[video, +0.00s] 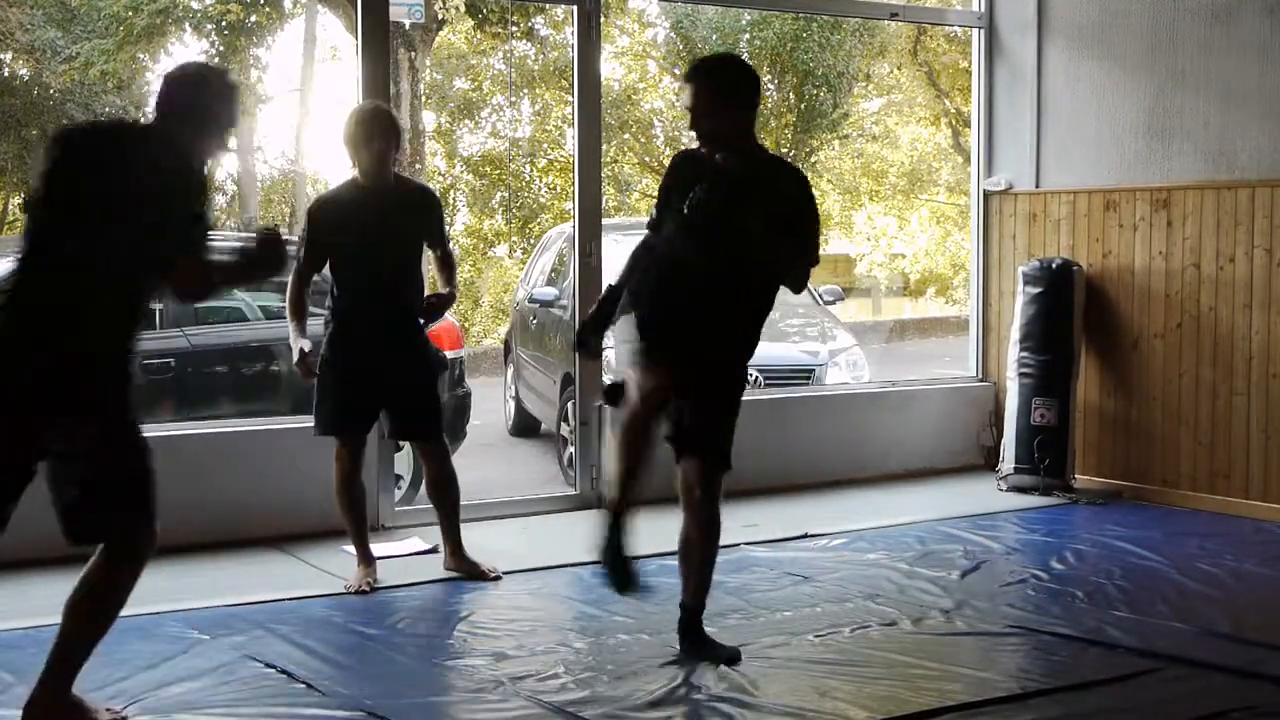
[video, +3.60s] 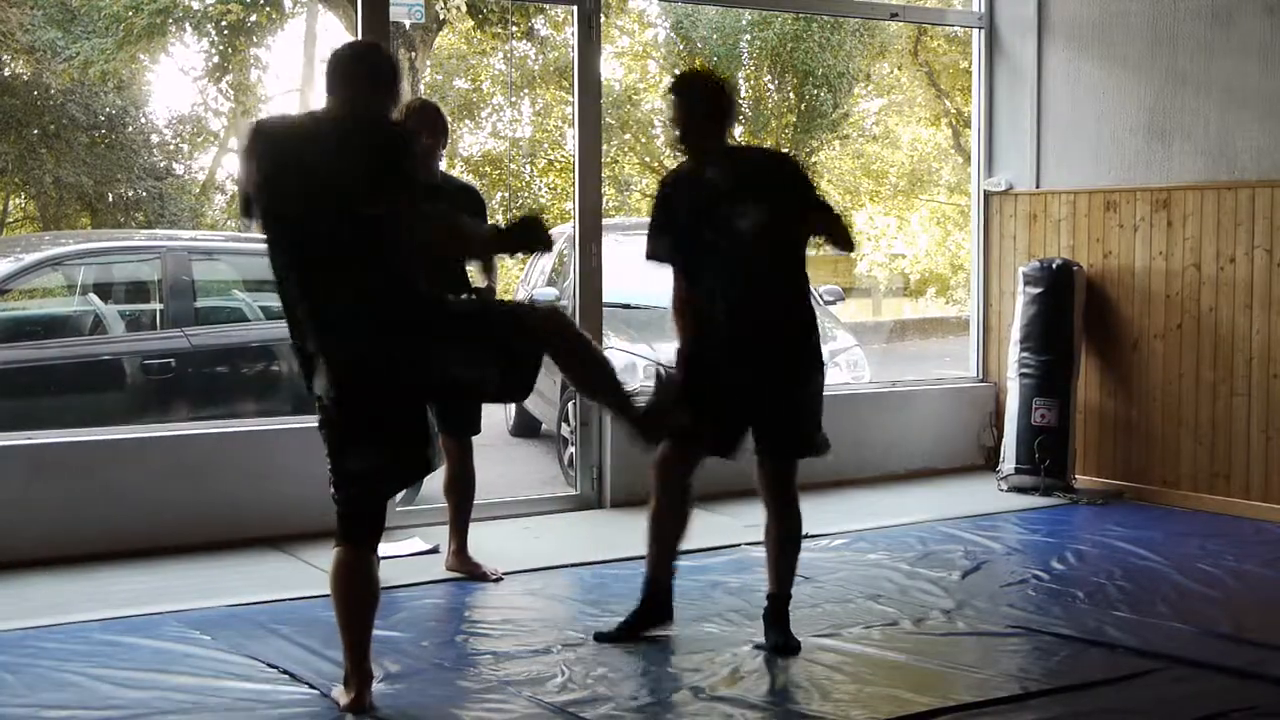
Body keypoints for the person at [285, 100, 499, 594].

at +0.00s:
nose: (381, 151)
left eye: (388, 139)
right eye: (371, 141)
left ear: (399, 144)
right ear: (352, 146)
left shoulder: (421, 200)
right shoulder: (328, 209)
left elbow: (444, 257)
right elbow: (299, 282)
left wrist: (447, 294)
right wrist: (298, 340)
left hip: (408, 341)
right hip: (350, 344)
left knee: (432, 447)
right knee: (348, 455)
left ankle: (454, 552)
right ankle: (364, 561)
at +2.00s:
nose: (427, 140)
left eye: (435, 131)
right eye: (418, 131)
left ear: (448, 137)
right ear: (403, 138)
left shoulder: (468, 198)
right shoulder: (379, 199)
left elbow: (486, 258)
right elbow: (350, 272)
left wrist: (489, 291)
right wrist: (352, 332)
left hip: (452, 336)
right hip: (395, 338)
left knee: (459, 446)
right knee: (377, 447)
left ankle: (457, 552)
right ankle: (367, 560)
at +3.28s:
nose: (429, 142)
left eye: (436, 132)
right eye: (420, 132)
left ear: (446, 138)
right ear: (400, 136)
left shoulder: (462, 196)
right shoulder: (379, 189)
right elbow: (361, 258)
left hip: (452, 329)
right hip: (391, 326)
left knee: (456, 443)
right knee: (381, 435)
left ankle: (457, 550)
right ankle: (363, 548)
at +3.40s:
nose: (427, 143)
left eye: (435, 134)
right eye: (418, 133)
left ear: (447, 140)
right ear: (398, 137)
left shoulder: (464, 198)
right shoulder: (376, 189)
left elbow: (487, 264)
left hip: (450, 331)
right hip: (391, 328)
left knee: (456, 446)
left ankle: (457, 549)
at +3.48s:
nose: (428, 144)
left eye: (435, 133)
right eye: (418, 133)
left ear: (447, 139)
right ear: (398, 136)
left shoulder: (464, 198)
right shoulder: (376, 186)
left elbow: (483, 268)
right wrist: (482, 267)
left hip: (451, 331)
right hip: (393, 326)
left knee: (456, 446)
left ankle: (457, 549)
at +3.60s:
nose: (429, 144)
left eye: (434, 134)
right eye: (422, 134)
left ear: (444, 138)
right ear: (406, 134)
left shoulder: (463, 195)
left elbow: (485, 264)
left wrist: (489, 298)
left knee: (457, 444)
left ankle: (458, 549)